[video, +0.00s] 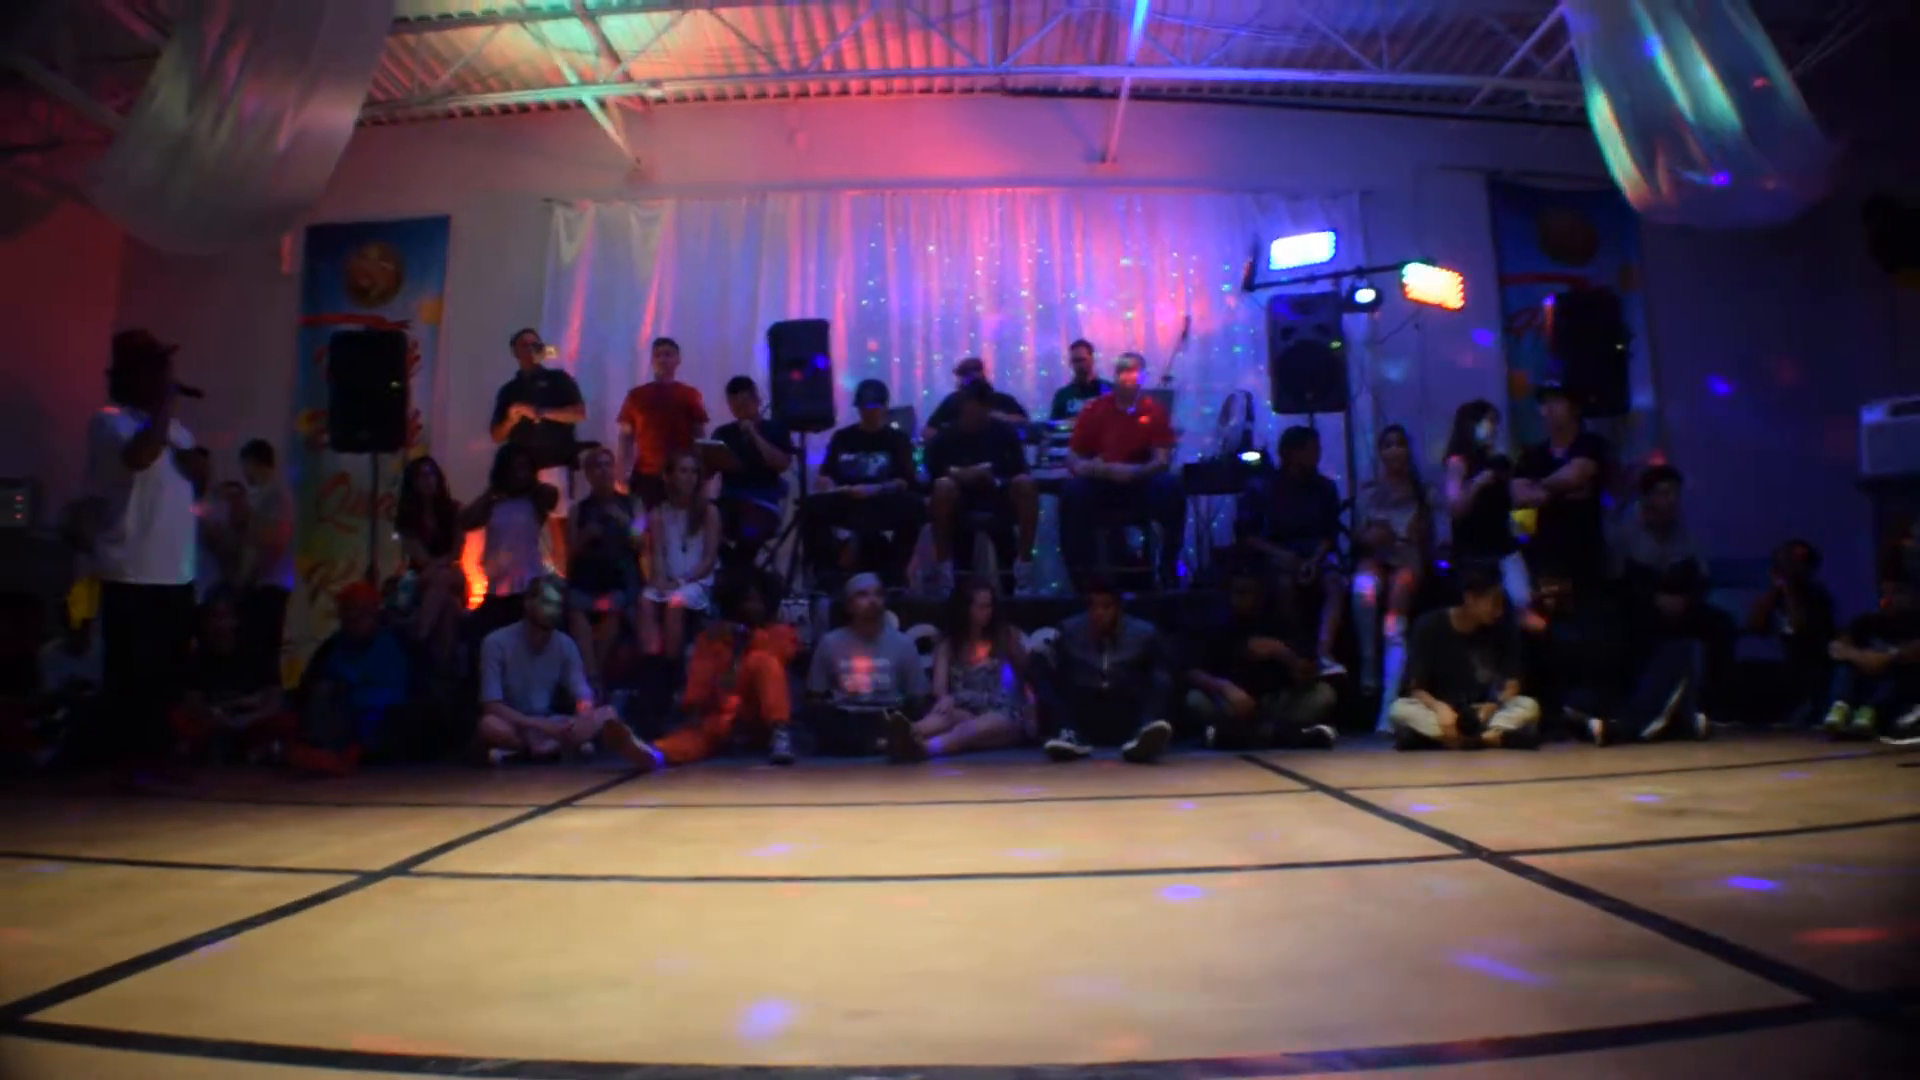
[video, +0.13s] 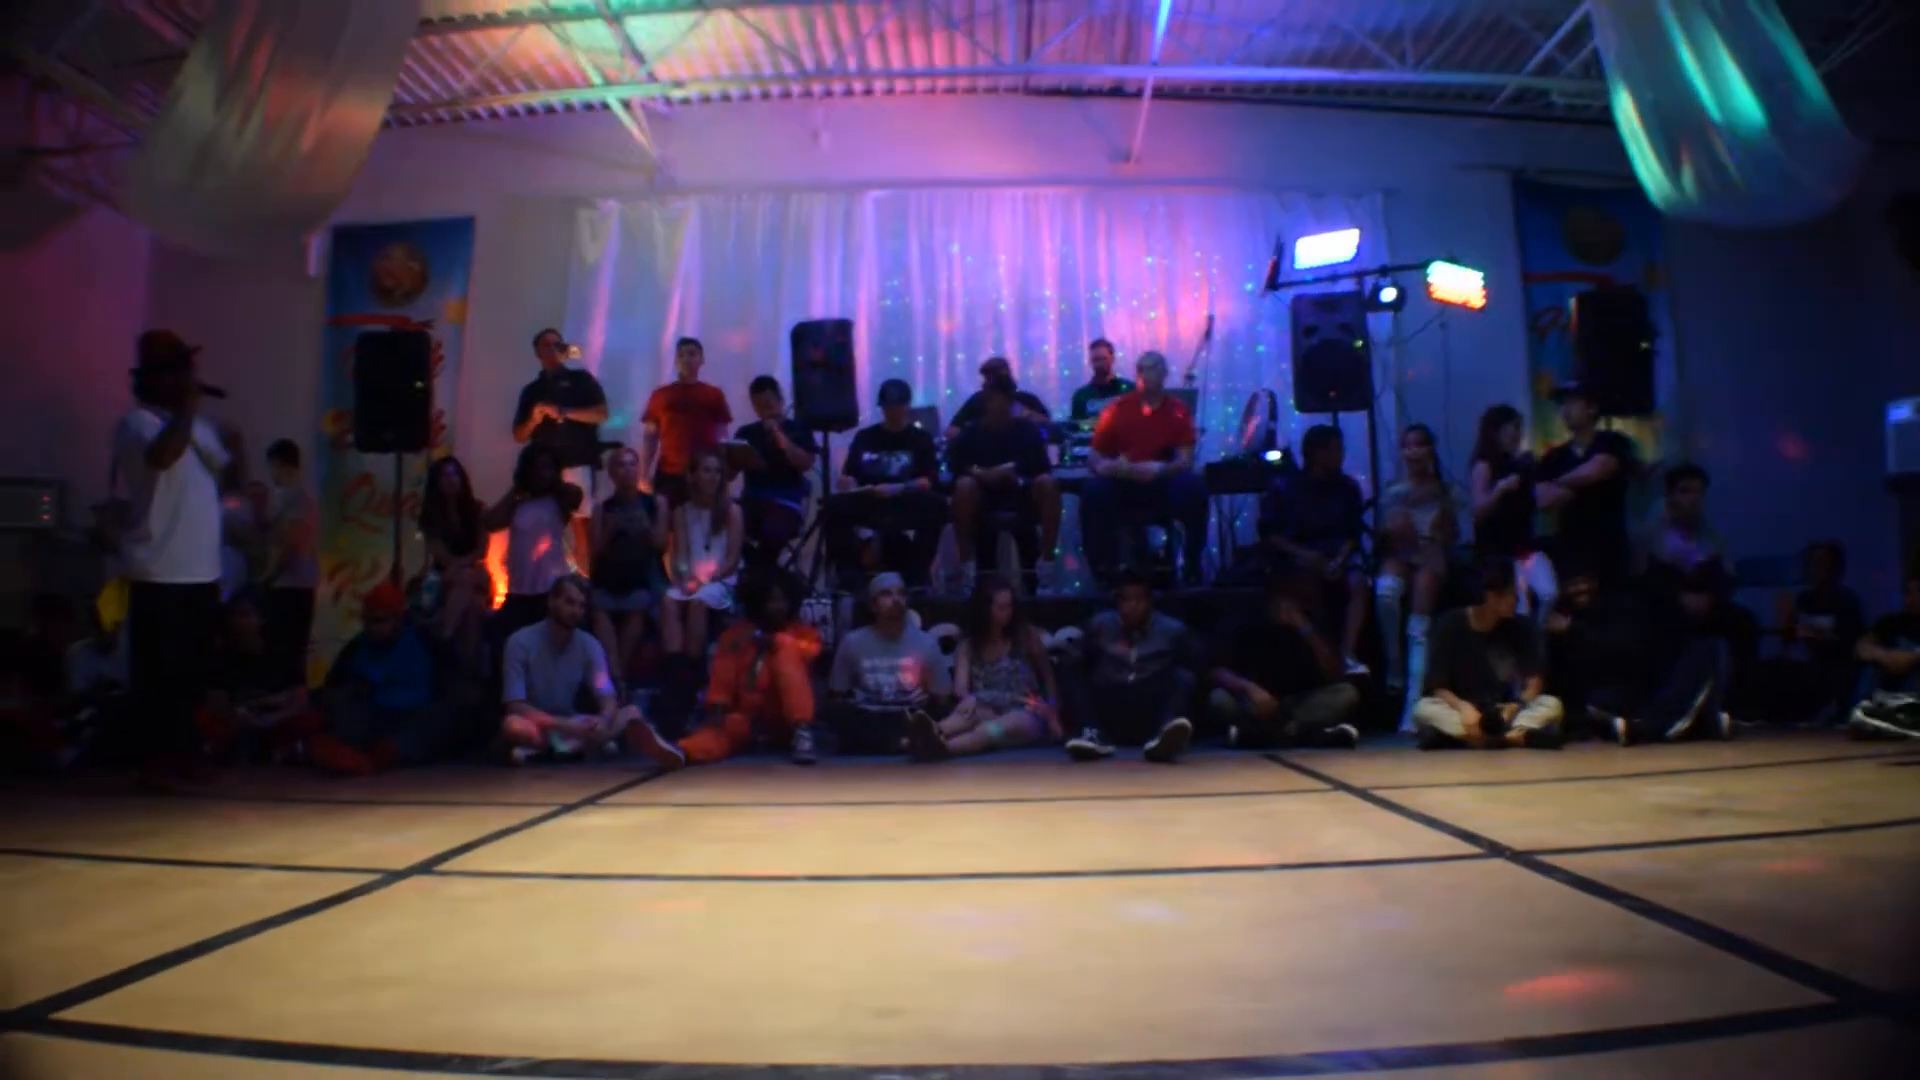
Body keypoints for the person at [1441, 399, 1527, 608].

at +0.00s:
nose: (1493, 428)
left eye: (1495, 422)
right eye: (1487, 422)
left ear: (1497, 426)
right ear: (1471, 426)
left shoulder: (1498, 459)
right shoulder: (1458, 461)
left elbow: (1509, 496)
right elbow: (1455, 504)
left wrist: (1535, 495)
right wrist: (1477, 484)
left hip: (1503, 545)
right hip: (1473, 549)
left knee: (1521, 600)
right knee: (1478, 608)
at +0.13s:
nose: (1516, 434)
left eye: (1518, 428)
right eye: (1511, 429)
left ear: (1521, 430)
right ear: (1496, 432)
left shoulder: (1521, 462)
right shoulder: (1484, 465)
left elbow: (1534, 498)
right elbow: (1479, 507)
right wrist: (1501, 489)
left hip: (1523, 544)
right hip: (1495, 548)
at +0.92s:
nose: (1510, 445)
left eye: (1513, 439)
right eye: (1503, 440)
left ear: (1519, 443)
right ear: (1491, 447)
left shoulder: (1527, 473)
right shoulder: (1484, 477)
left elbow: (1545, 504)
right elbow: (1483, 514)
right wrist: (1500, 486)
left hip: (1527, 543)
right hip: (1496, 543)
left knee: (1545, 567)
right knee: (1520, 567)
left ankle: (1543, 634)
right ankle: (1511, 631)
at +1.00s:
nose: (1506, 445)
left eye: (1510, 440)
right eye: (1500, 440)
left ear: (1515, 444)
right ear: (1488, 447)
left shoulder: (1522, 472)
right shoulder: (1480, 476)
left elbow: (1547, 503)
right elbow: (1477, 517)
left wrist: (1534, 472)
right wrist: (1496, 489)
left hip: (1524, 544)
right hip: (1492, 545)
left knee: (1541, 567)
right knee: (1513, 571)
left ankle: (1542, 632)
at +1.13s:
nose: (1501, 447)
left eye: (1504, 442)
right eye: (1495, 442)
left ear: (1509, 446)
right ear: (1481, 448)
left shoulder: (1517, 475)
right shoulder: (1474, 478)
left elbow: (1544, 506)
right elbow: (1470, 519)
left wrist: (1530, 482)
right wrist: (1488, 494)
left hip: (1519, 546)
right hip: (1488, 547)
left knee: (1537, 569)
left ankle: (1538, 635)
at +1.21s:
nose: (1500, 448)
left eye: (1503, 442)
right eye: (1494, 443)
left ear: (1507, 447)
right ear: (1479, 449)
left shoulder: (1514, 473)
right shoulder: (1469, 480)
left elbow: (1531, 506)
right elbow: (1469, 521)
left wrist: (1525, 484)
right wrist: (1484, 496)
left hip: (1518, 547)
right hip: (1486, 548)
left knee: (1535, 568)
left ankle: (1535, 631)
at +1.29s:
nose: (1500, 448)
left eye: (1502, 443)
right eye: (1493, 443)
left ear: (1507, 447)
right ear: (1478, 450)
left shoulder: (1513, 479)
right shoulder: (1468, 481)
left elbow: (1531, 510)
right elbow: (1467, 523)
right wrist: (1480, 496)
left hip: (1516, 547)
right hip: (1486, 548)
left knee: (1535, 570)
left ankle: (1532, 632)